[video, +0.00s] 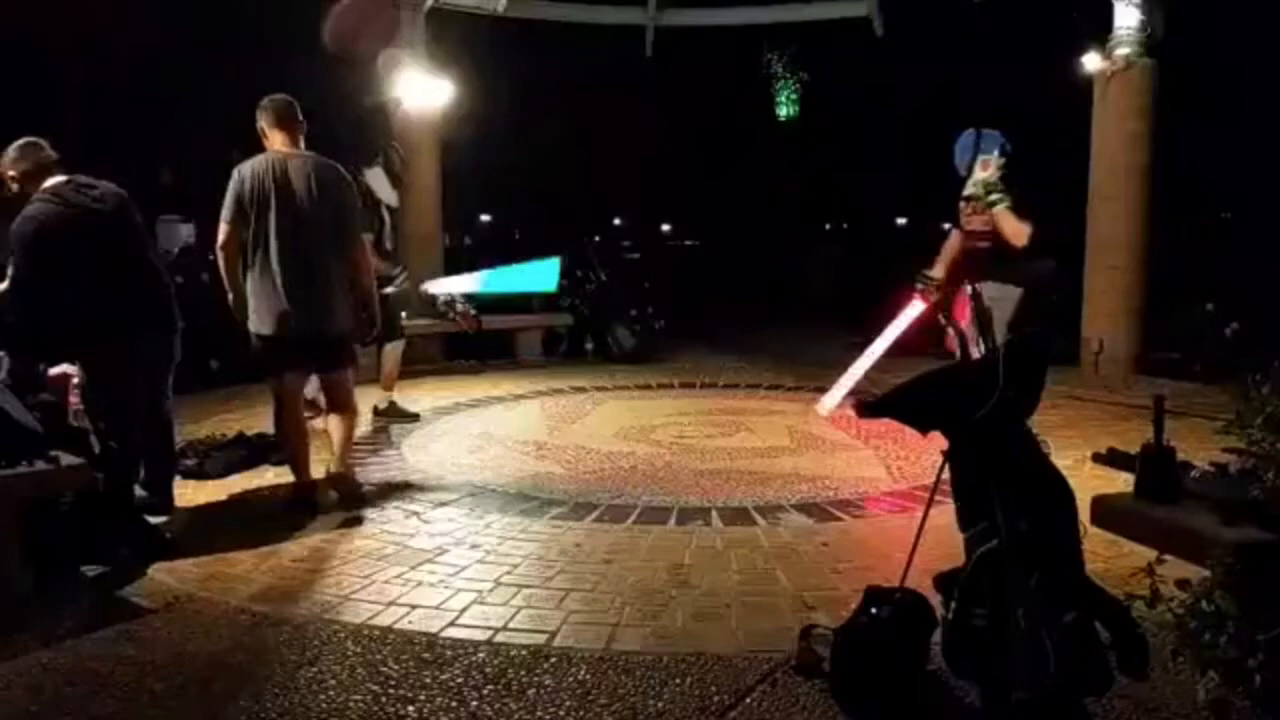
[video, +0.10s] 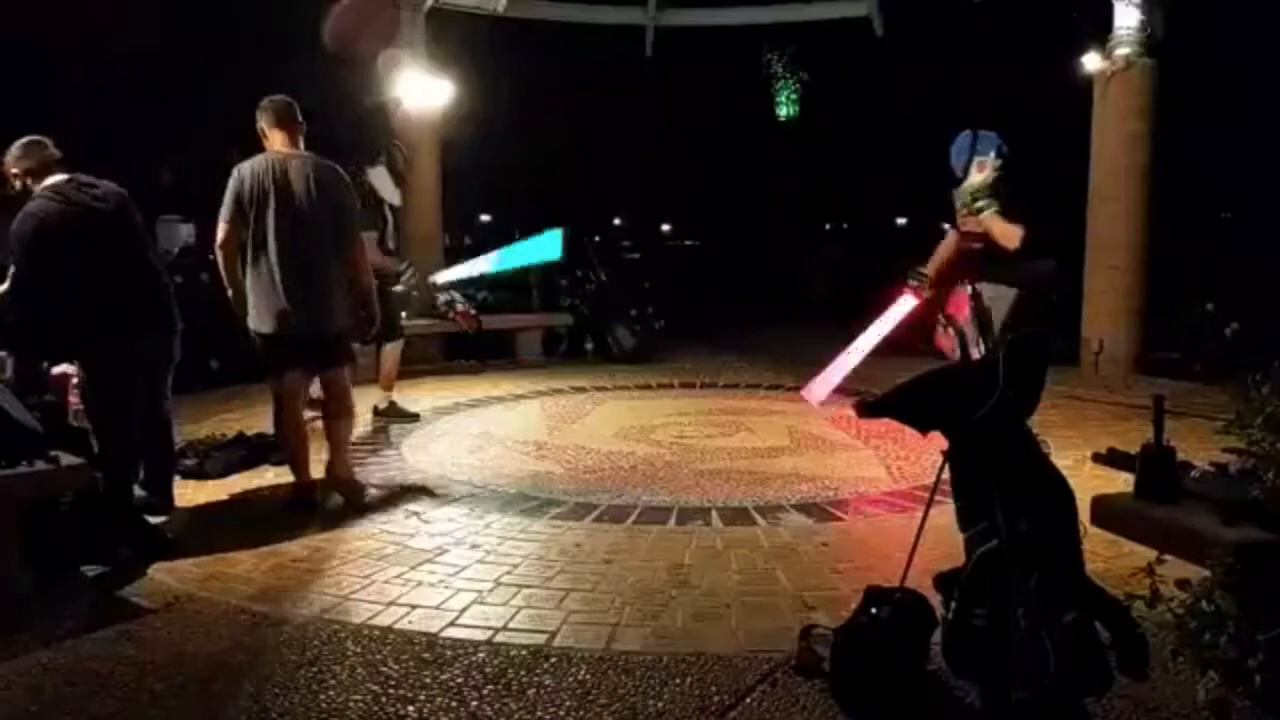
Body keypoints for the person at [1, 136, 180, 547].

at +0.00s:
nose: (9, 190)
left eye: (9, 182)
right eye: (8, 183)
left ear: (20, 178)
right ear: (54, 165)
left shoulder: (31, 223)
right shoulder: (111, 195)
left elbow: (25, 299)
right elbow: (145, 262)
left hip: (97, 333)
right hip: (149, 321)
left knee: (109, 420)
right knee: (154, 410)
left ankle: (117, 511)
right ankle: (160, 495)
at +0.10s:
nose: (13, 187)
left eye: (13, 180)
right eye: (11, 180)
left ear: (23, 176)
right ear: (58, 163)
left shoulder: (32, 221)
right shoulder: (112, 194)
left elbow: (26, 297)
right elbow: (144, 263)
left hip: (96, 334)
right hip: (149, 323)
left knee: (110, 425)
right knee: (153, 411)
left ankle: (116, 520)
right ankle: (160, 495)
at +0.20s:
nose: (22, 182)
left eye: (21, 175)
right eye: (20, 176)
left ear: (29, 171)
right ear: (68, 160)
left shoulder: (33, 214)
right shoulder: (117, 194)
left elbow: (27, 293)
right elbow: (145, 264)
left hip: (91, 335)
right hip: (146, 325)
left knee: (106, 424)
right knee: (150, 412)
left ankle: (113, 517)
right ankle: (160, 496)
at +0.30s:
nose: (29, 181)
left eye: (27, 175)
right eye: (28, 176)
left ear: (34, 172)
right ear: (75, 161)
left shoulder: (32, 210)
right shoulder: (119, 194)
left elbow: (26, 288)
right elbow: (148, 262)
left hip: (91, 330)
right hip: (146, 322)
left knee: (105, 420)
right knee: (151, 409)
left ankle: (111, 513)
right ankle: (159, 495)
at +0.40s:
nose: (32, 180)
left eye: (31, 175)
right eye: (33, 175)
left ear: (37, 171)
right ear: (78, 160)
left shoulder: (31, 209)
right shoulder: (124, 194)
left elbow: (25, 285)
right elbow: (151, 263)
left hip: (86, 328)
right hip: (144, 322)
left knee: (106, 420)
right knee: (149, 411)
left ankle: (112, 513)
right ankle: (159, 498)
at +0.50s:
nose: (39, 178)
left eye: (39, 172)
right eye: (41, 173)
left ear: (44, 170)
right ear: (84, 161)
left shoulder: (34, 206)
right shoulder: (130, 196)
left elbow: (25, 274)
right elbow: (158, 262)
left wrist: (30, 328)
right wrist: (162, 316)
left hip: (87, 329)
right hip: (145, 323)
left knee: (108, 421)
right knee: (152, 410)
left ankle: (113, 510)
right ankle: (164, 495)